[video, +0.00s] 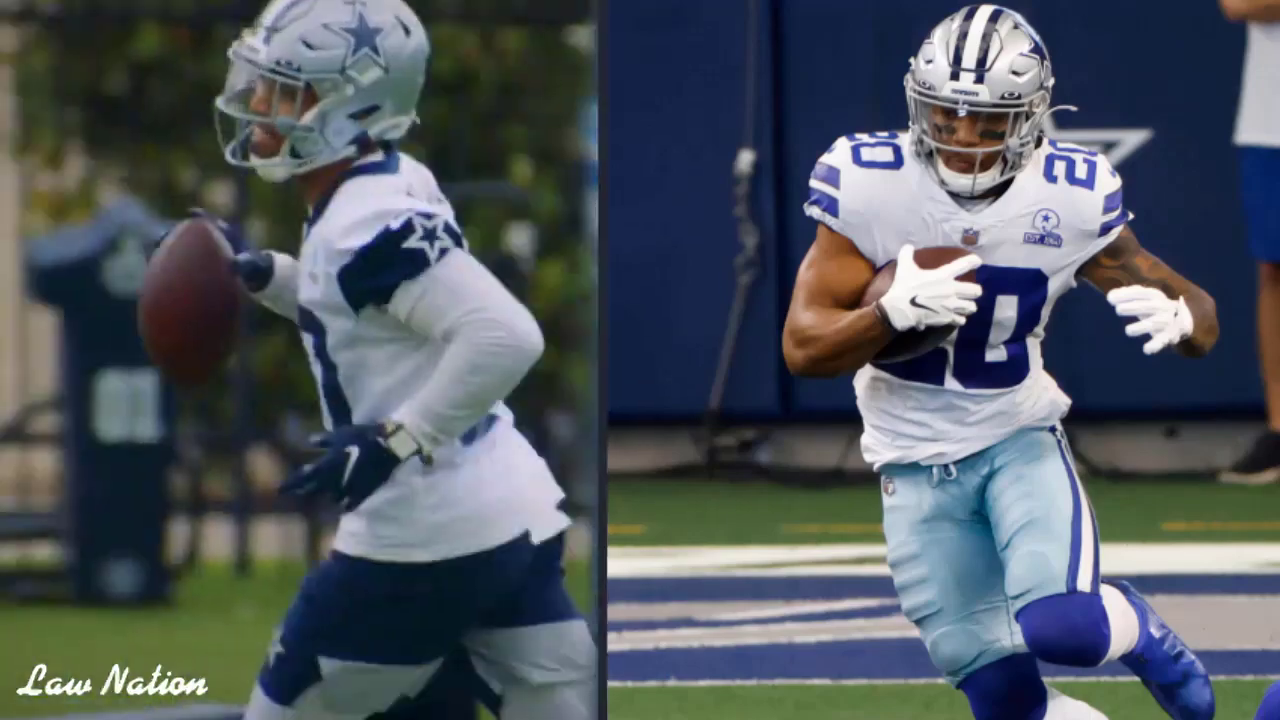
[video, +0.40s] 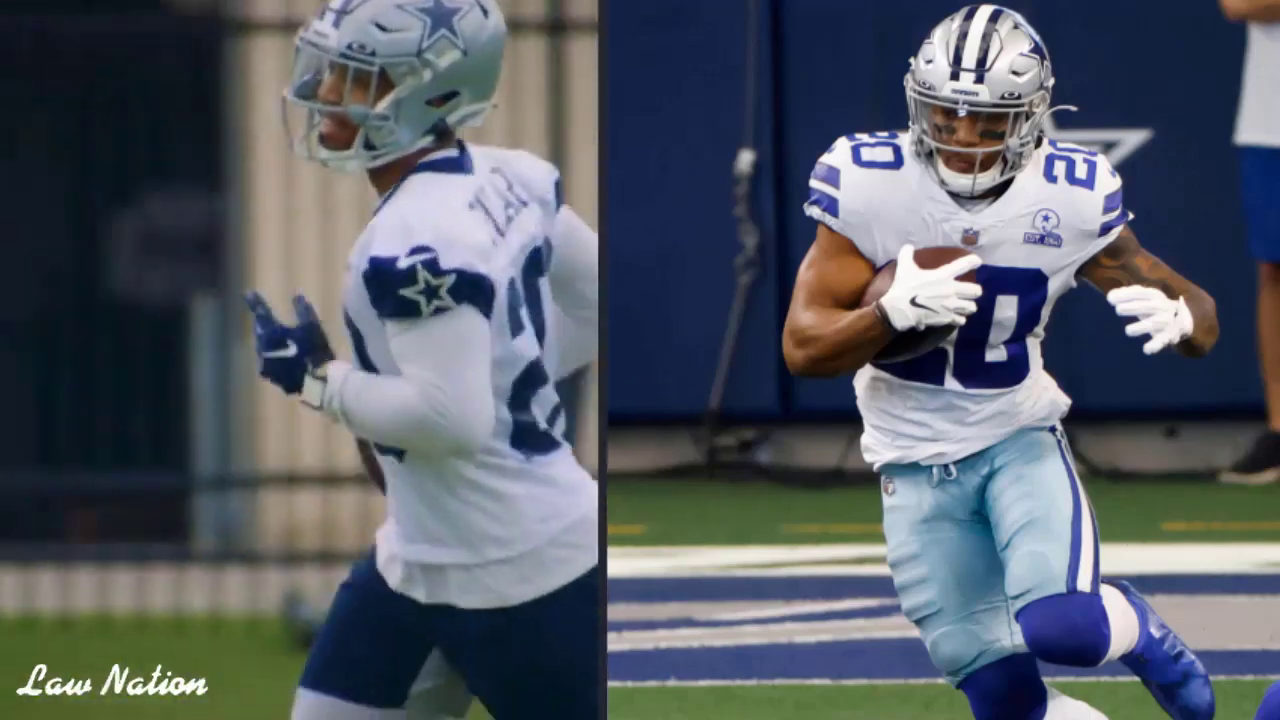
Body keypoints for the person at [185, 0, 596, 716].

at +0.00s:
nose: (259, 107)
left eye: (284, 92)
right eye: (263, 87)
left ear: (346, 102)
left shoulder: (362, 222)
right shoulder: (396, 184)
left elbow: (502, 334)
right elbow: (373, 316)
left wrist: (397, 439)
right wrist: (266, 278)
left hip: (420, 535)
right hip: (514, 512)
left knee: (286, 710)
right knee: (560, 706)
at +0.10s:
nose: (241, 92)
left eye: (268, 77)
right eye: (239, 71)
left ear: (328, 90)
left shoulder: (352, 213)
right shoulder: (360, 153)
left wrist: (372, 437)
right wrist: (249, 319)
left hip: (393, 529)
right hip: (481, 499)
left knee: (318, 709)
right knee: (538, 712)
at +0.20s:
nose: (273, 140)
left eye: (303, 125)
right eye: (274, 116)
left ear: (362, 137)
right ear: (260, 109)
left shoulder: (389, 280)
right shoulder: (408, 195)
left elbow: (484, 446)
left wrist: (343, 504)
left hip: (435, 591)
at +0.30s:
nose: (306, 140)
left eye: (334, 125)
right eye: (309, 118)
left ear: (398, 141)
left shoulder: (411, 285)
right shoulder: (469, 213)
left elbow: (449, 476)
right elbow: (576, 310)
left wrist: (295, 460)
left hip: (502, 618)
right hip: (437, 597)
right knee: (351, 708)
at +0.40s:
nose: (327, 100)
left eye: (353, 81)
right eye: (329, 77)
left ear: (417, 94)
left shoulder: (419, 235)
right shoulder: (507, 175)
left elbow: (454, 419)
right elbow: (590, 292)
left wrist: (318, 381)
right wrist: (526, 386)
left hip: (514, 562)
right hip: (423, 552)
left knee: (562, 708)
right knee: (329, 711)